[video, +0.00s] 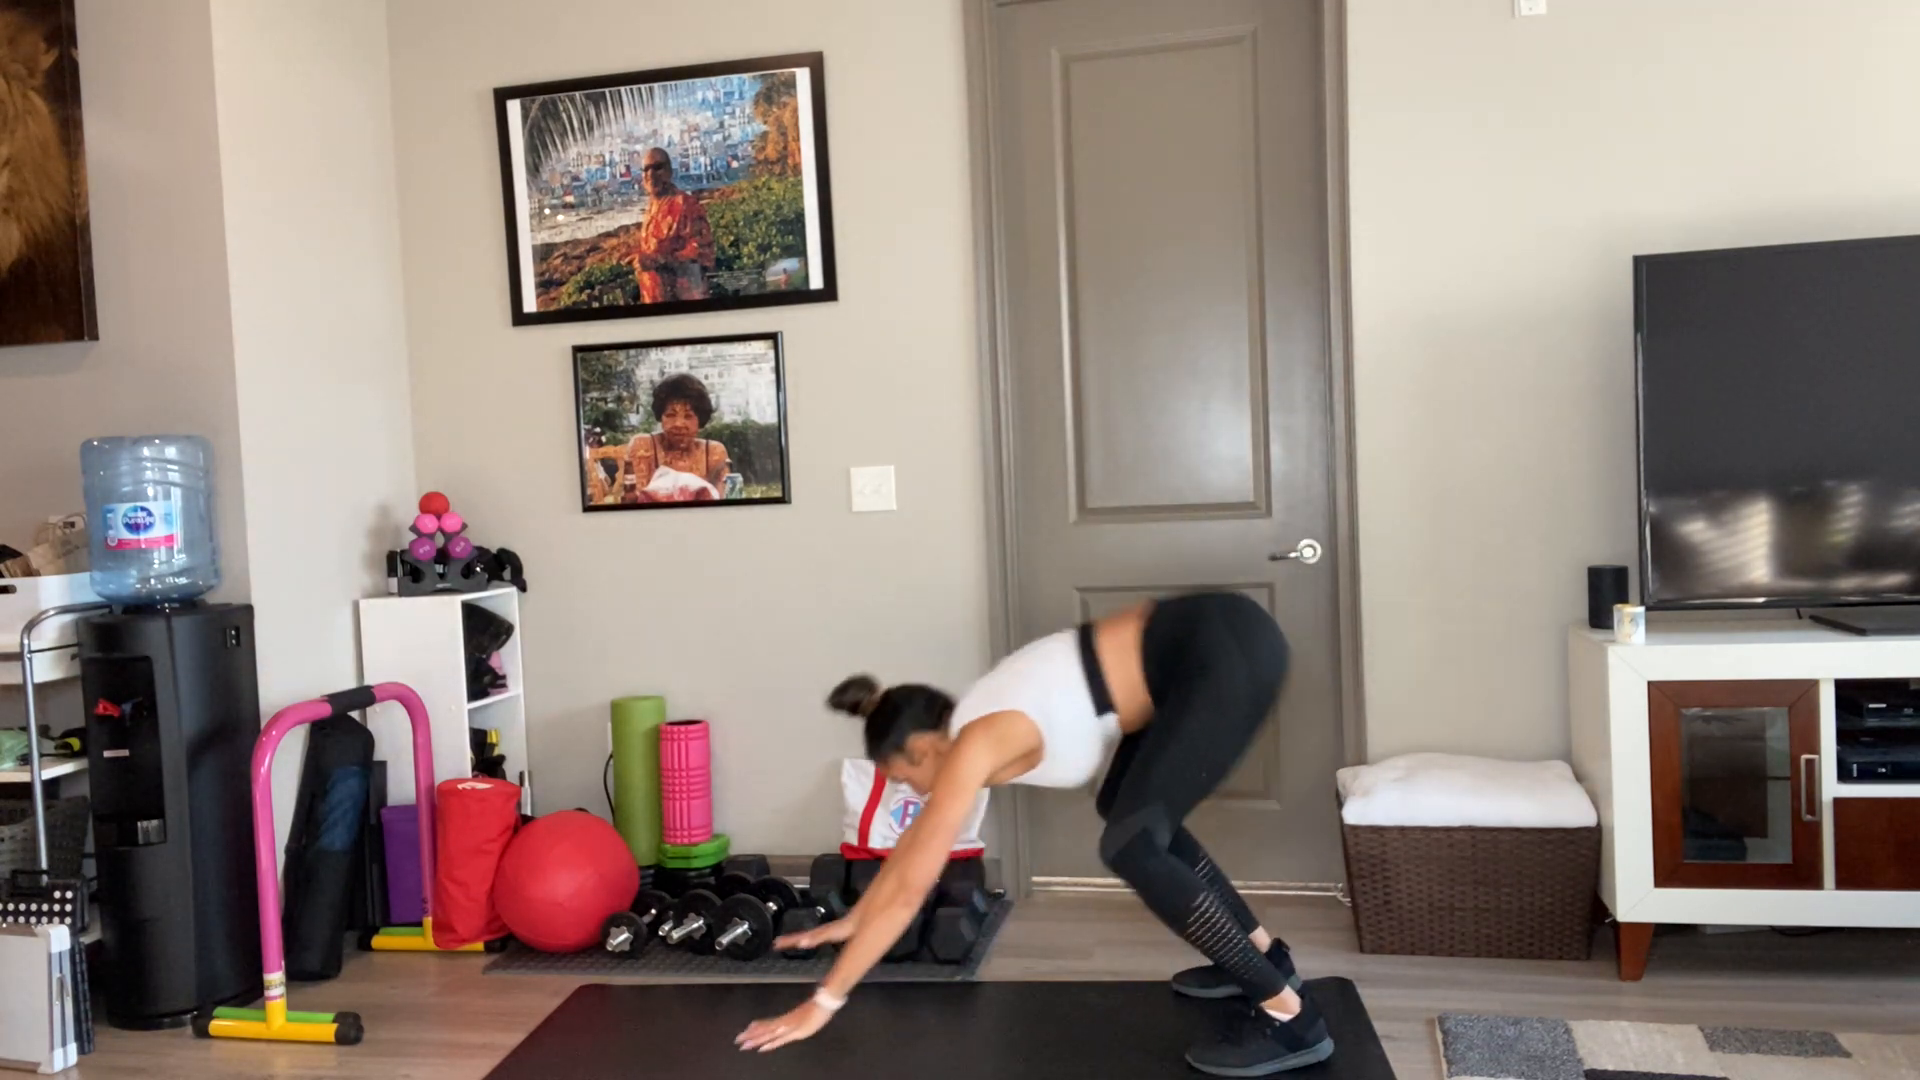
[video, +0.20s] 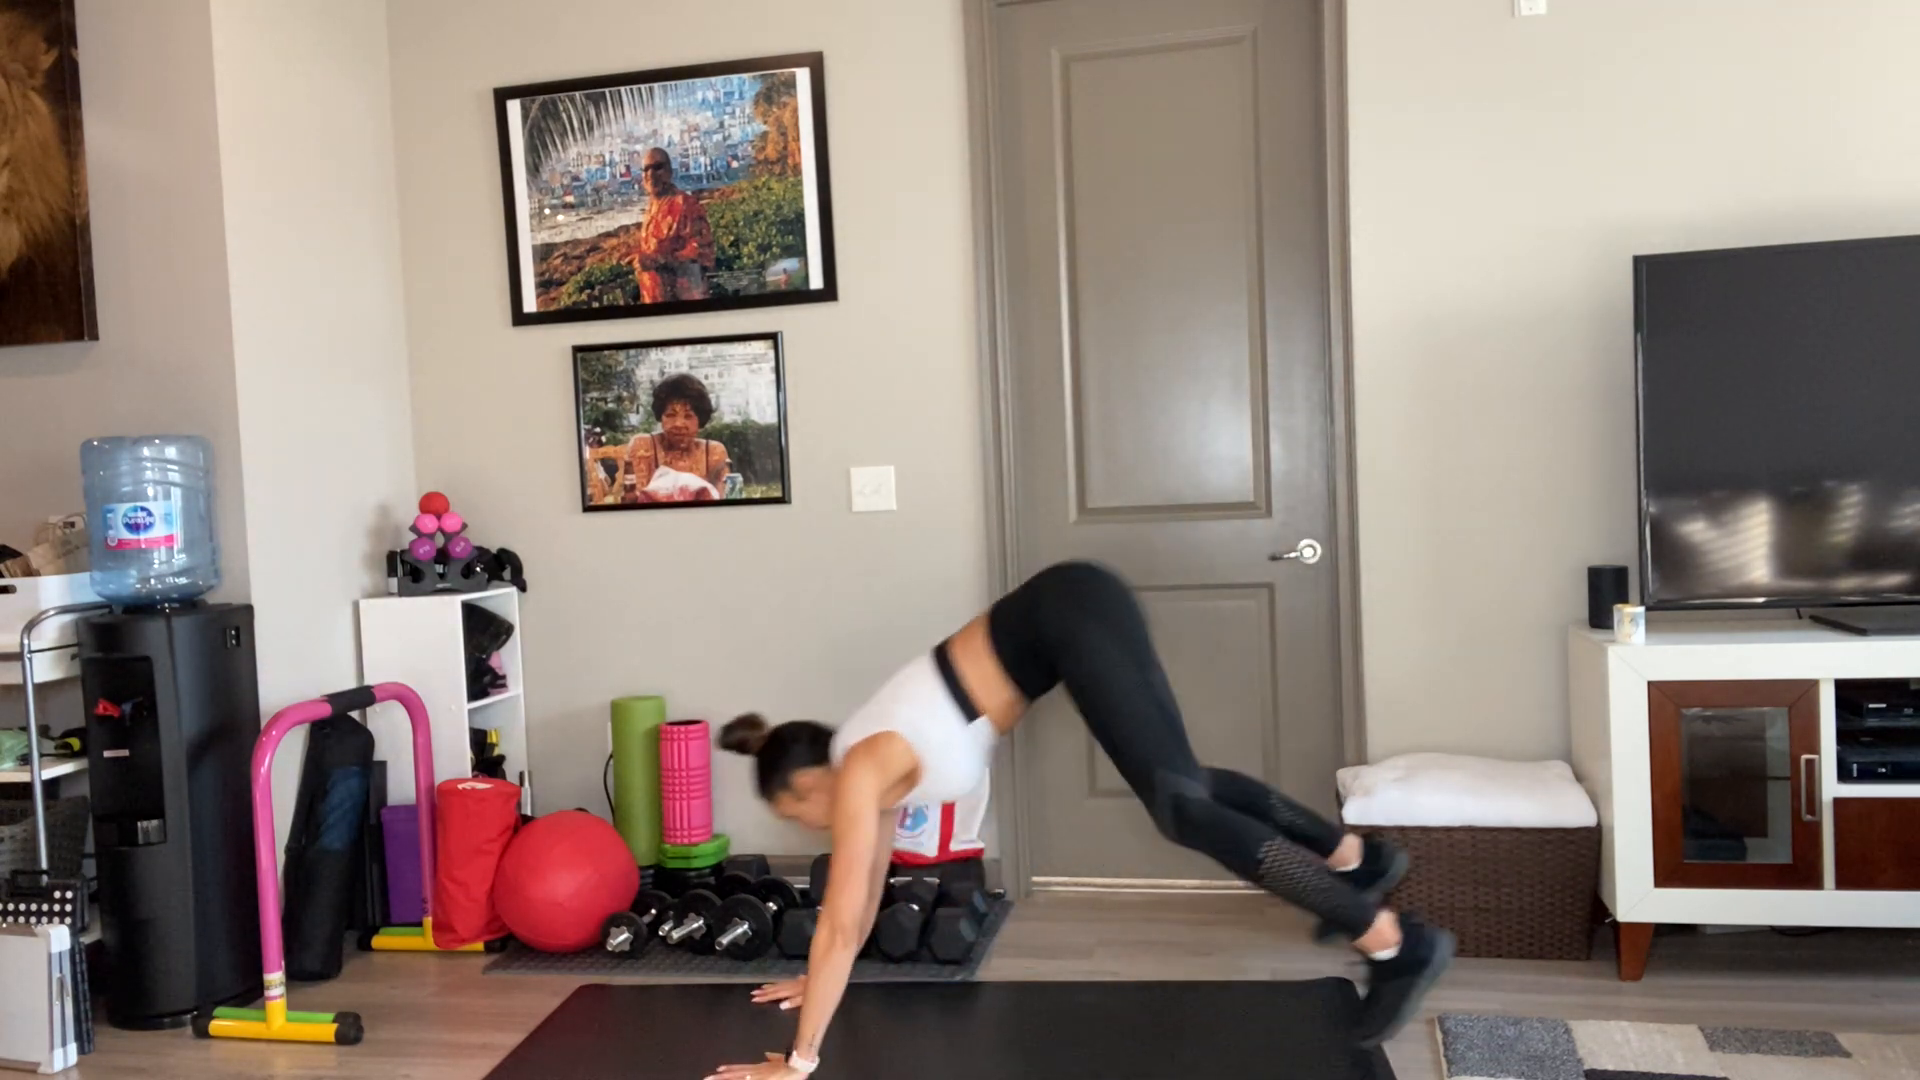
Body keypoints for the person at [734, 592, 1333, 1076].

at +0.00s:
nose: (912, 787)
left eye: (907, 774)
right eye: (902, 779)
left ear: (926, 744)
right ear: (931, 733)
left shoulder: (981, 744)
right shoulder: (975, 724)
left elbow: (910, 888)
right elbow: (915, 851)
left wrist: (825, 1000)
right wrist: (847, 920)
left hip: (1223, 649)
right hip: (1192, 648)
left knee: (1132, 841)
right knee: (1128, 810)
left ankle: (1288, 1015)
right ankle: (1255, 952)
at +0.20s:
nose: (809, 824)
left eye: (798, 812)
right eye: (799, 815)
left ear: (808, 783)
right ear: (821, 762)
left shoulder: (868, 776)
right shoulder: (881, 754)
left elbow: (843, 920)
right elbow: (861, 897)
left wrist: (802, 1052)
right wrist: (810, 978)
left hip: (1070, 619)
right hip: (1071, 618)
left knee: (1181, 808)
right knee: (1184, 782)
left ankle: (1387, 936)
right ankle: (1354, 849)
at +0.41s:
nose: (692, 827)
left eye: (686, 812)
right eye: (681, 817)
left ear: (705, 783)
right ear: (716, 767)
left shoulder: (777, 792)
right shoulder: (797, 759)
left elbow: (818, 930)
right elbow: (841, 894)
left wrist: (801, 1054)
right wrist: (819, 977)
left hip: (1005, 761)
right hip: (1016, 738)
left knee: (1187, 888)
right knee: (1192, 853)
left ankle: (1413, 967)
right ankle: (1365, 898)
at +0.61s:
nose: (662, 880)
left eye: (656, 867)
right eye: (652, 871)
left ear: (681, 833)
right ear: (691, 819)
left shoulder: (751, 856)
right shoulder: (767, 814)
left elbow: (828, 958)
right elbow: (848, 914)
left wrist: (798, 1062)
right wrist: (811, 971)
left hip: (970, 879)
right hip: (986, 843)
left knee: (1173, 970)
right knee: (1177, 927)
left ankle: (1415, 971)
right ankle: (1370, 907)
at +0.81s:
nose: (639, 981)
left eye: (635, 967)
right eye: (632, 971)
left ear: (661, 943)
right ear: (676, 914)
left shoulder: (723, 952)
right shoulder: (756, 905)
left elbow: (822, 970)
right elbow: (869, 879)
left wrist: (798, 1059)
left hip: (953, 952)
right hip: (963, 905)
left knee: (1169, 1001)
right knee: (1173, 946)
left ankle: (1402, 972)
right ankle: (1355, 903)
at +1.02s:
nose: (637, 995)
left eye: (633, 980)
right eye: (630, 984)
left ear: (661, 959)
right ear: (675, 932)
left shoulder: (720, 967)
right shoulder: (747, 921)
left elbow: (817, 964)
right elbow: (857, 880)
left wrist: (797, 1059)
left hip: (951, 972)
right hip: (965, 924)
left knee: (1161, 1022)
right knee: (1169, 973)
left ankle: (1392, 984)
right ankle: (1356, 919)